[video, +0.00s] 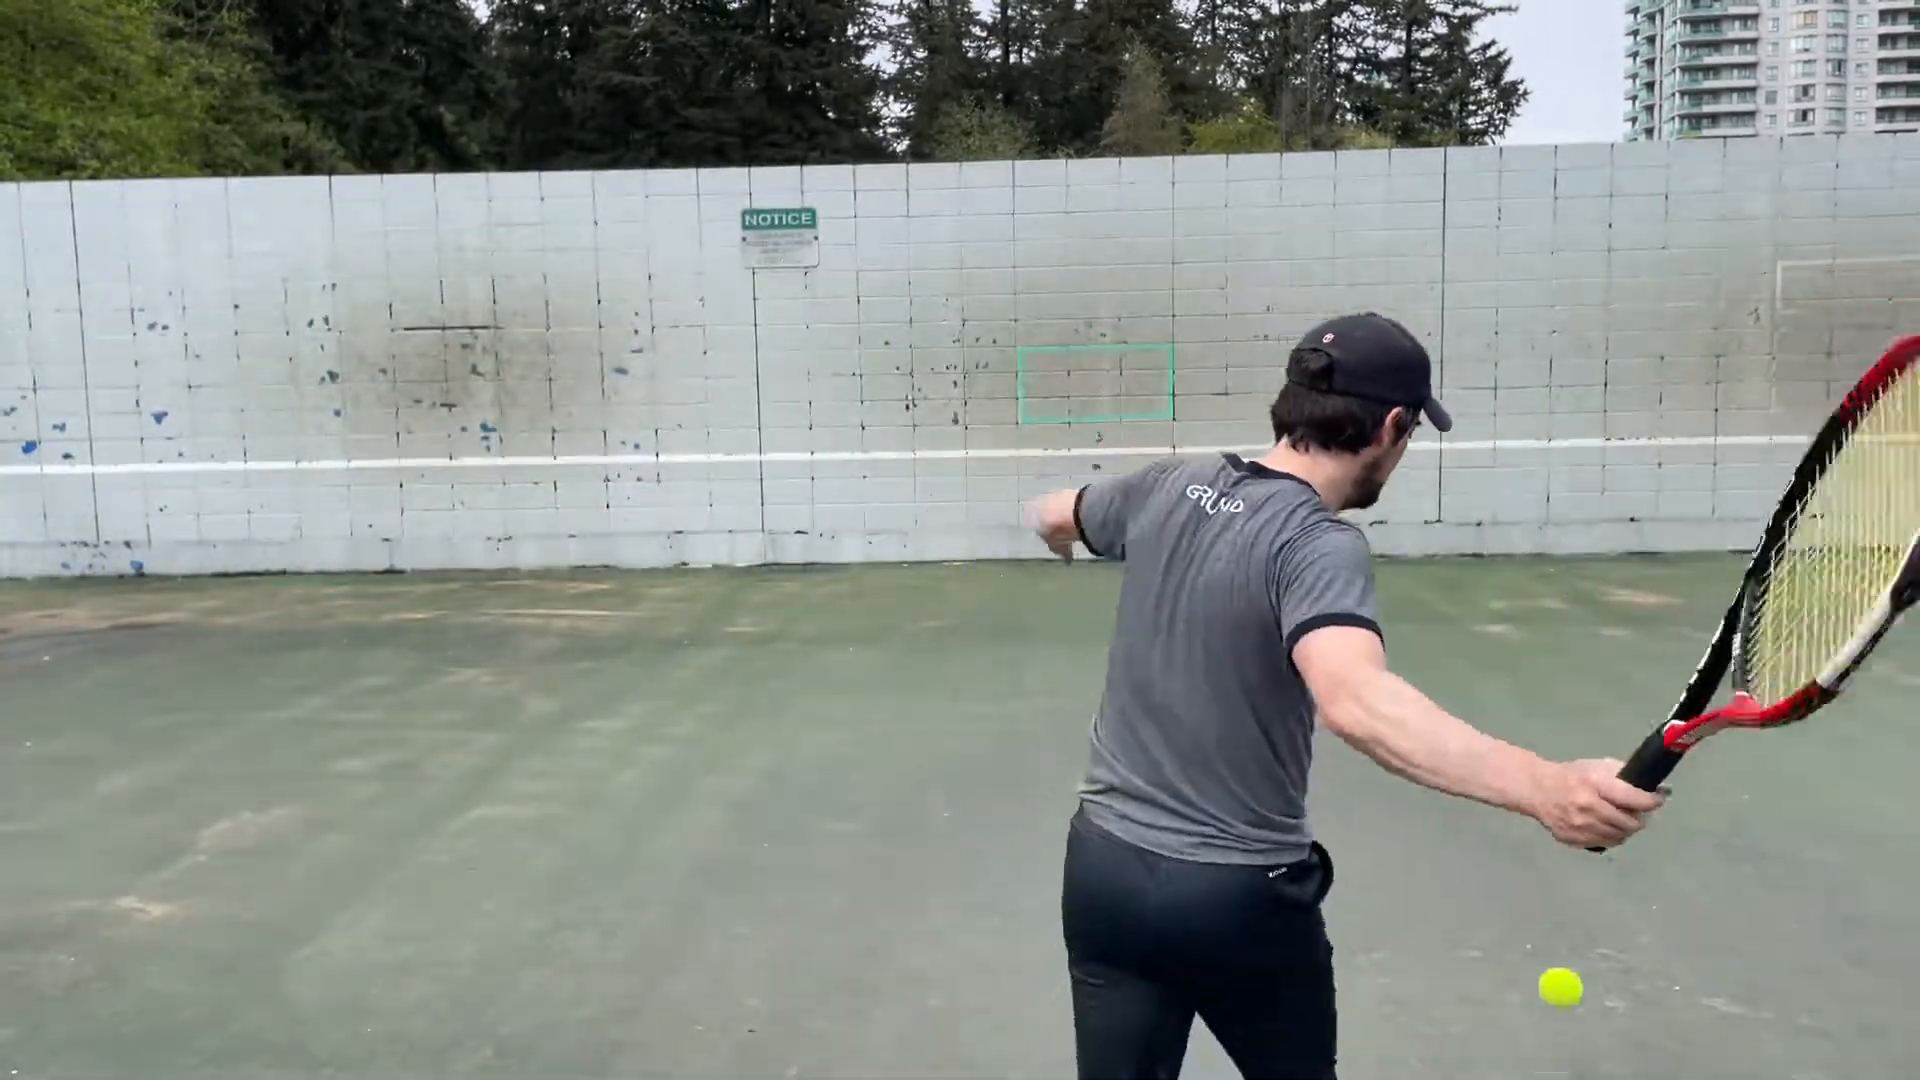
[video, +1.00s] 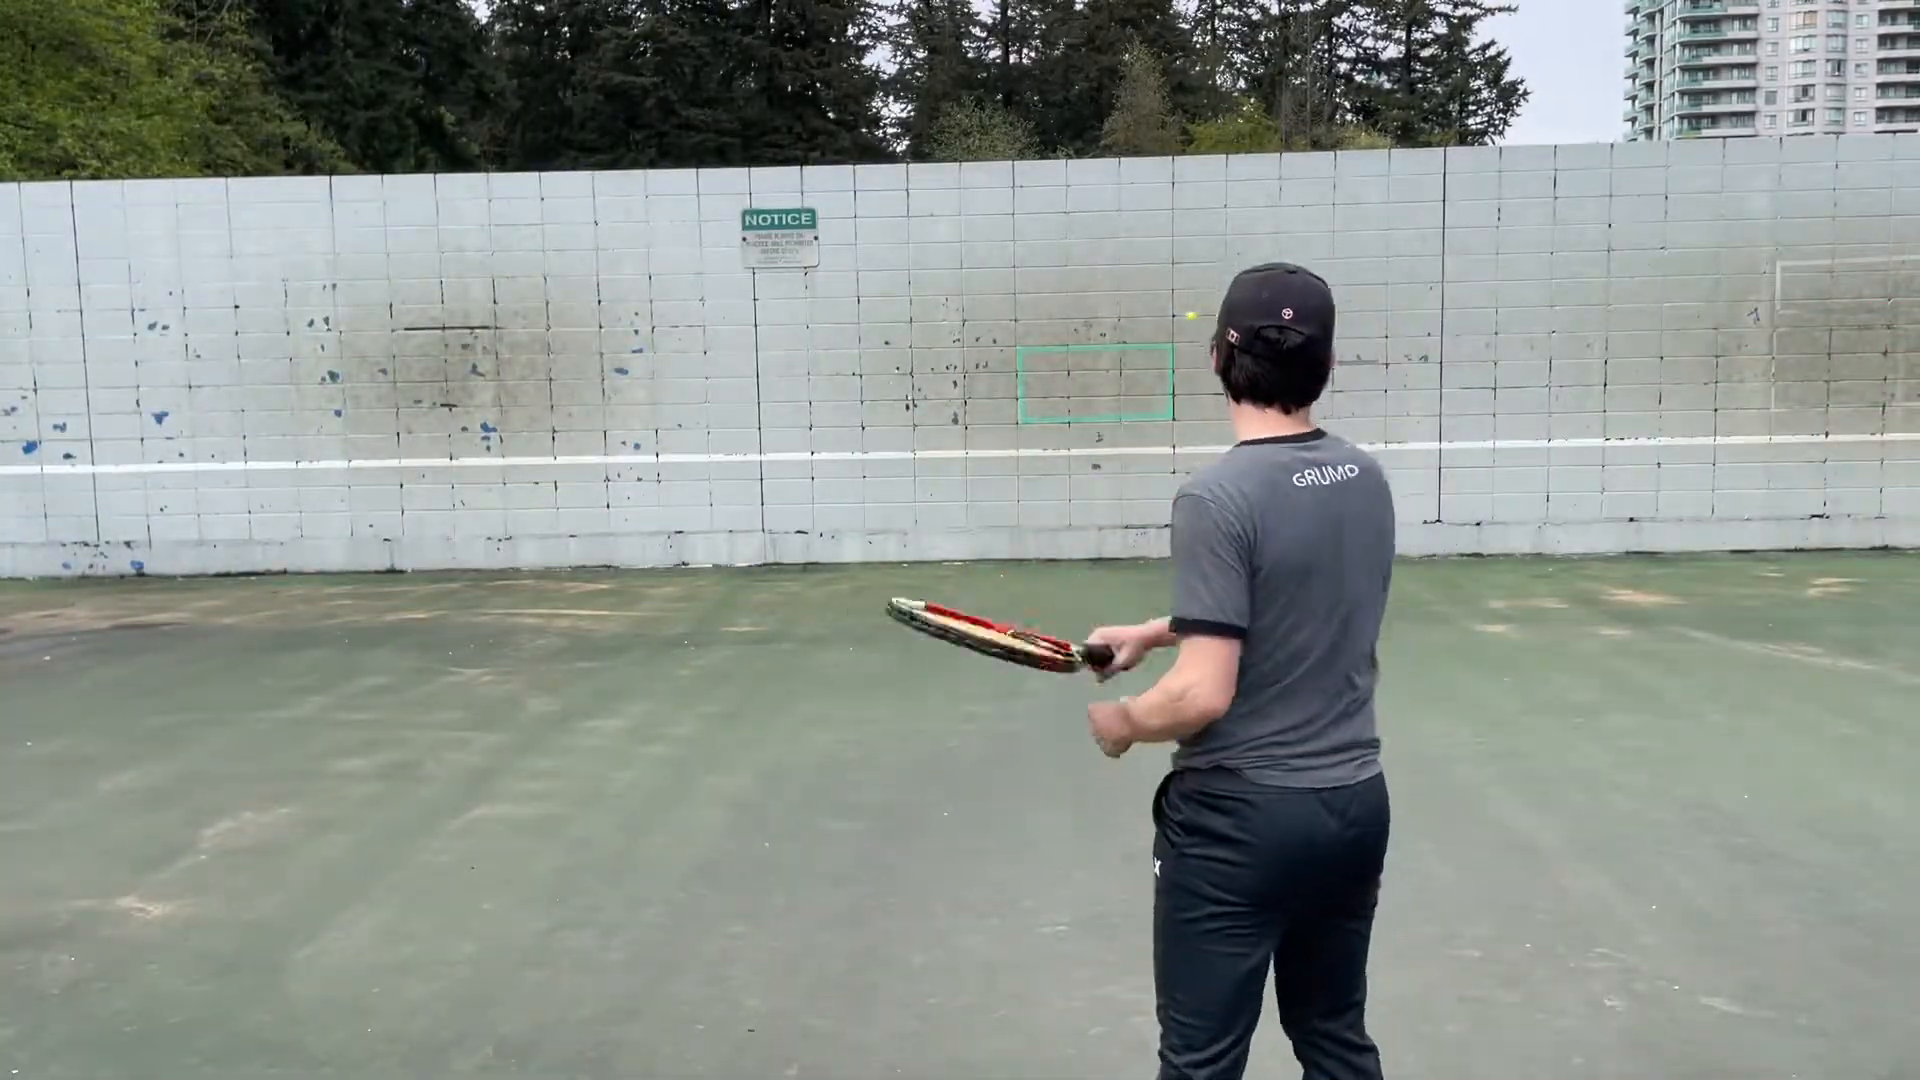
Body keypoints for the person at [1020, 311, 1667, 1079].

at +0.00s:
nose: (1403, 450)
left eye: (1412, 433)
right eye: (1410, 430)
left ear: (1292, 404)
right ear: (1387, 428)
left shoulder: (1169, 486)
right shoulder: (1318, 542)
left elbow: (1055, 516)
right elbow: (1354, 699)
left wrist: (1068, 518)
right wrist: (1545, 786)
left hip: (1106, 870)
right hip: (1242, 899)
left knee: (1116, 1070)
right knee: (1295, 1064)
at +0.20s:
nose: (1461, 454)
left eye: (1465, 436)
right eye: (1465, 439)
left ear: (1353, 417)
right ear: (1448, 441)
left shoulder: (1238, 493)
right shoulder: (1433, 571)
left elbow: (1074, 555)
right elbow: (1490, 765)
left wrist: (953, 597)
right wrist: (1569, 941)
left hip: (1197, 858)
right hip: (1334, 872)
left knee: (1171, 1063)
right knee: (1356, 1048)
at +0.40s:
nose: (1456, 376)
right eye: (1455, 363)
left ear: (1342, 354)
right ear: (1443, 379)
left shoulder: (1273, 473)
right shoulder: (1455, 509)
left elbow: (1159, 623)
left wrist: (1059, 744)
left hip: (1251, 805)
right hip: (1376, 815)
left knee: (1196, 1019)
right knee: (1363, 1028)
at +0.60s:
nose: (1317, 330)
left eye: (1322, 317)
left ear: (1325, 334)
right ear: (1424, 351)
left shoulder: (1303, 484)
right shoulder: (1436, 452)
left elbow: (1240, 664)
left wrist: (1170, 781)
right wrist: (1214, 356)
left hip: (1284, 787)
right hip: (1394, 786)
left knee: (1211, 1014)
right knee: (1366, 1018)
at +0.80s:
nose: (1275, 335)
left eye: (1279, 324)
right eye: (1288, 323)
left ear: (1285, 341)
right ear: (1386, 350)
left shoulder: (1293, 491)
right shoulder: (1405, 450)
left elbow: (1258, 680)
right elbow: (1242, 423)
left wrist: (1164, 750)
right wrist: (1109, 426)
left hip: (1282, 792)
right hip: (1386, 785)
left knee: (1202, 1027)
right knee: (1361, 1024)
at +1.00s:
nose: (1211, 348)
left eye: (1215, 338)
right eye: (1223, 335)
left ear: (1222, 357)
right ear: (1326, 364)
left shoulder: (1218, 496)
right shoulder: (1365, 479)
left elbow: (1205, 693)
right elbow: (1288, 606)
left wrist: (1130, 720)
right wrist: (1152, 634)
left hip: (1234, 816)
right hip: (1349, 808)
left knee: (1200, 1056)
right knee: (1334, 1029)